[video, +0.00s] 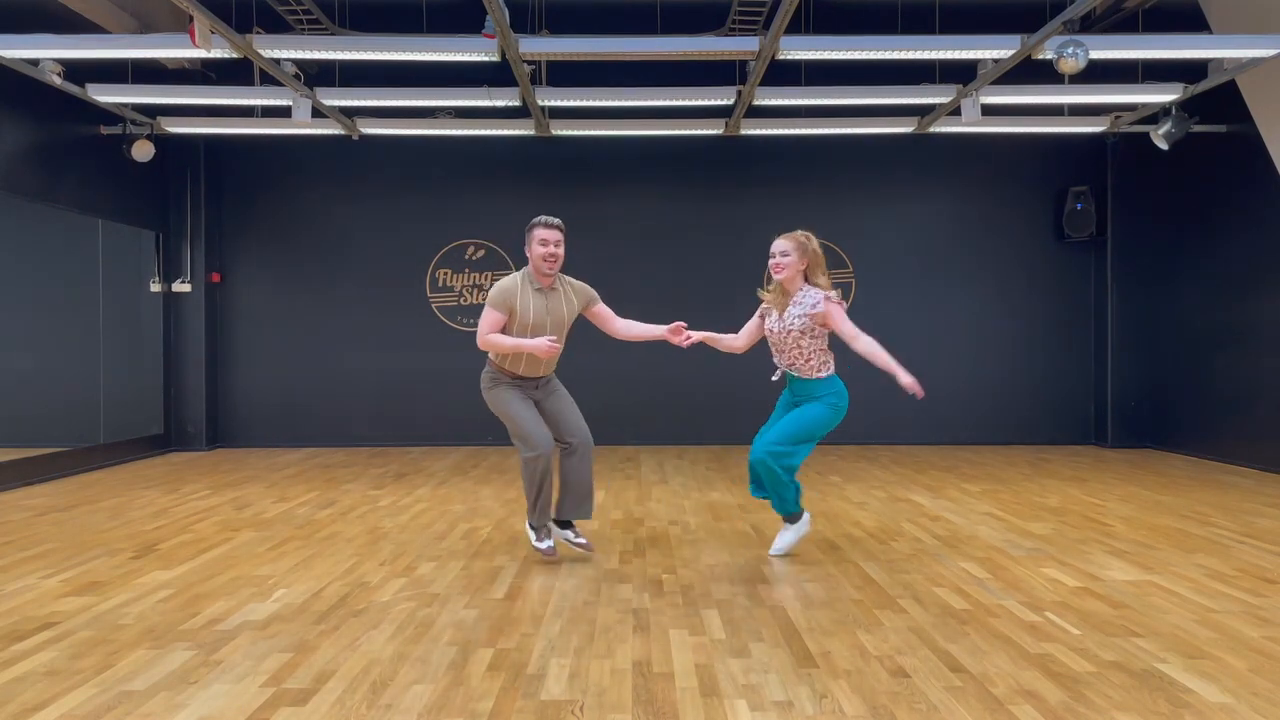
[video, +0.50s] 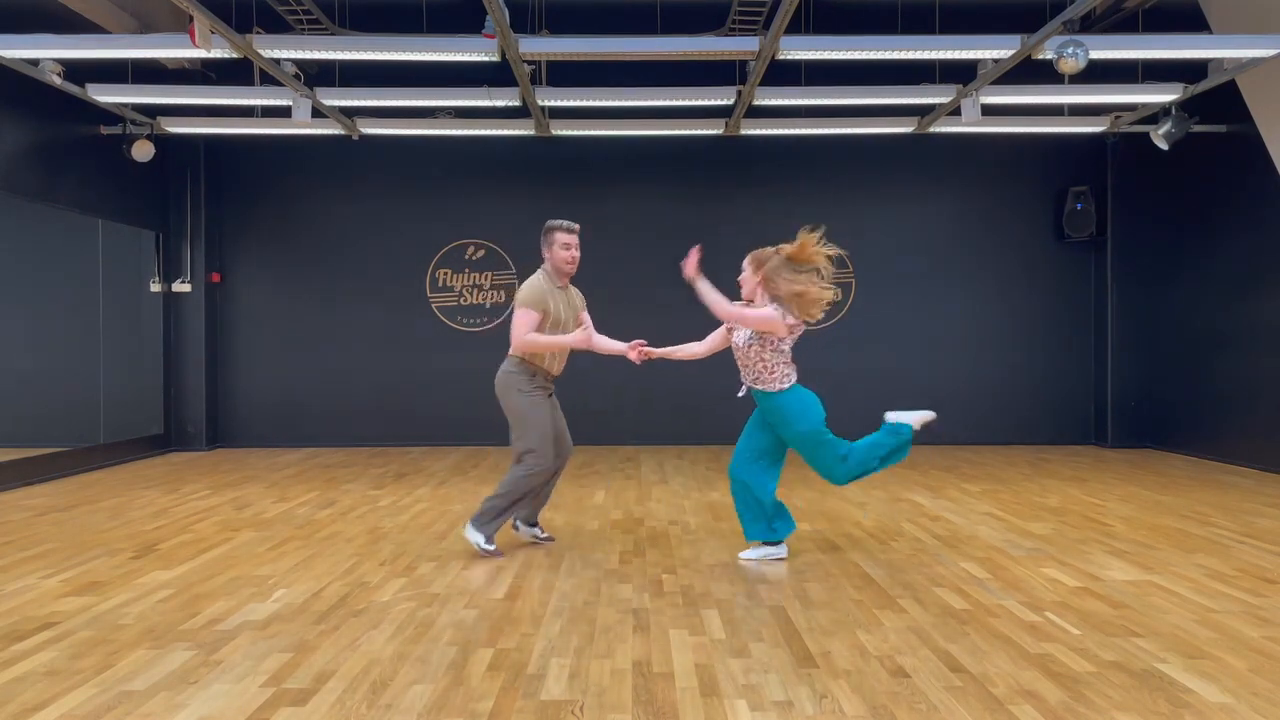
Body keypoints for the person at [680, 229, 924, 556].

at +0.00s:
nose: (775, 262)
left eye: (784, 255)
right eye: (772, 256)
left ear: (804, 261)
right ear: (770, 263)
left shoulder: (821, 303)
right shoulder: (772, 306)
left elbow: (858, 339)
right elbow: (739, 343)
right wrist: (702, 335)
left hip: (826, 395)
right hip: (793, 393)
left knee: (765, 451)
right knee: (760, 454)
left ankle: (795, 518)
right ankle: (792, 517)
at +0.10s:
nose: (778, 274)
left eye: (785, 268)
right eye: (776, 269)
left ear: (808, 272)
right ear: (776, 276)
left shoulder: (833, 309)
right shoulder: (777, 314)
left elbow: (883, 329)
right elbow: (739, 349)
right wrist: (696, 345)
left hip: (821, 407)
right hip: (788, 403)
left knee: (761, 458)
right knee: (791, 470)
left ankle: (791, 520)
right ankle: (799, 534)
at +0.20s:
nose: (771, 262)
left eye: (777, 256)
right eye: (771, 256)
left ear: (799, 262)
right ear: (785, 264)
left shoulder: (825, 293)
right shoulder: (775, 303)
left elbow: (880, 298)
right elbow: (734, 333)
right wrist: (688, 333)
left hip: (821, 391)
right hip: (790, 390)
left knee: (786, 460)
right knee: (784, 460)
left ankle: (795, 534)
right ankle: (794, 535)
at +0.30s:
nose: (761, 253)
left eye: (767, 248)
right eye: (763, 247)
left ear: (787, 254)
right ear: (782, 254)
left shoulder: (813, 285)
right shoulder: (767, 293)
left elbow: (839, 260)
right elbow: (725, 322)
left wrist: (834, 217)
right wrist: (678, 329)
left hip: (823, 384)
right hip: (792, 385)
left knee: (805, 458)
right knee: (771, 450)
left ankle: (845, 511)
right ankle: (783, 522)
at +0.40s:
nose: (753, 260)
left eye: (759, 255)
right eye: (755, 254)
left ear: (783, 265)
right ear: (767, 260)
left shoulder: (802, 297)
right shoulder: (754, 297)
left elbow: (774, 267)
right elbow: (715, 333)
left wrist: (759, 224)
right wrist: (671, 340)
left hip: (809, 392)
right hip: (783, 395)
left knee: (842, 467)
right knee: (760, 459)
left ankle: (907, 457)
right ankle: (770, 537)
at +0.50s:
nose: (738, 279)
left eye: (744, 272)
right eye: (741, 272)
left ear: (762, 280)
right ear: (760, 281)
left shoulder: (781, 318)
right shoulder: (740, 319)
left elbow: (727, 312)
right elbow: (700, 348)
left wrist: (695, 278)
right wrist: (654, 352)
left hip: (792, 407)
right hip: (767, 410)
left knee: (839, 467)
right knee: (745, 471)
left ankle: (901, 429)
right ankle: (770, 542)